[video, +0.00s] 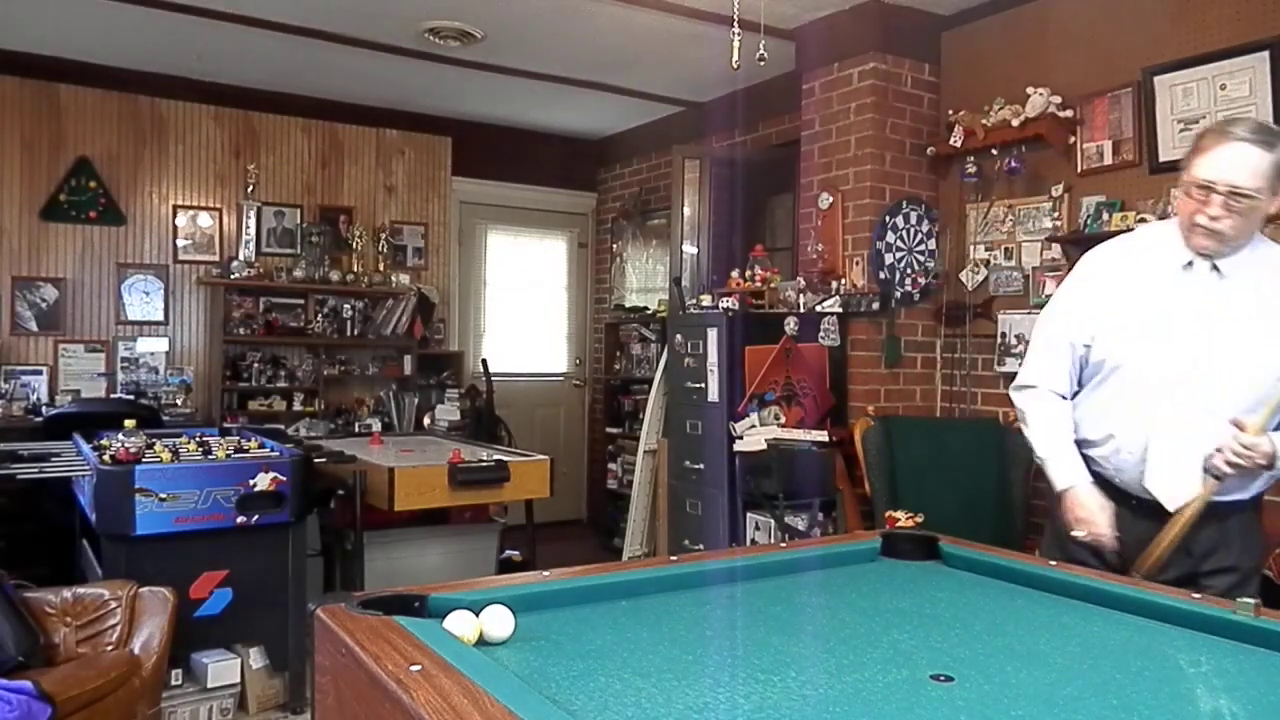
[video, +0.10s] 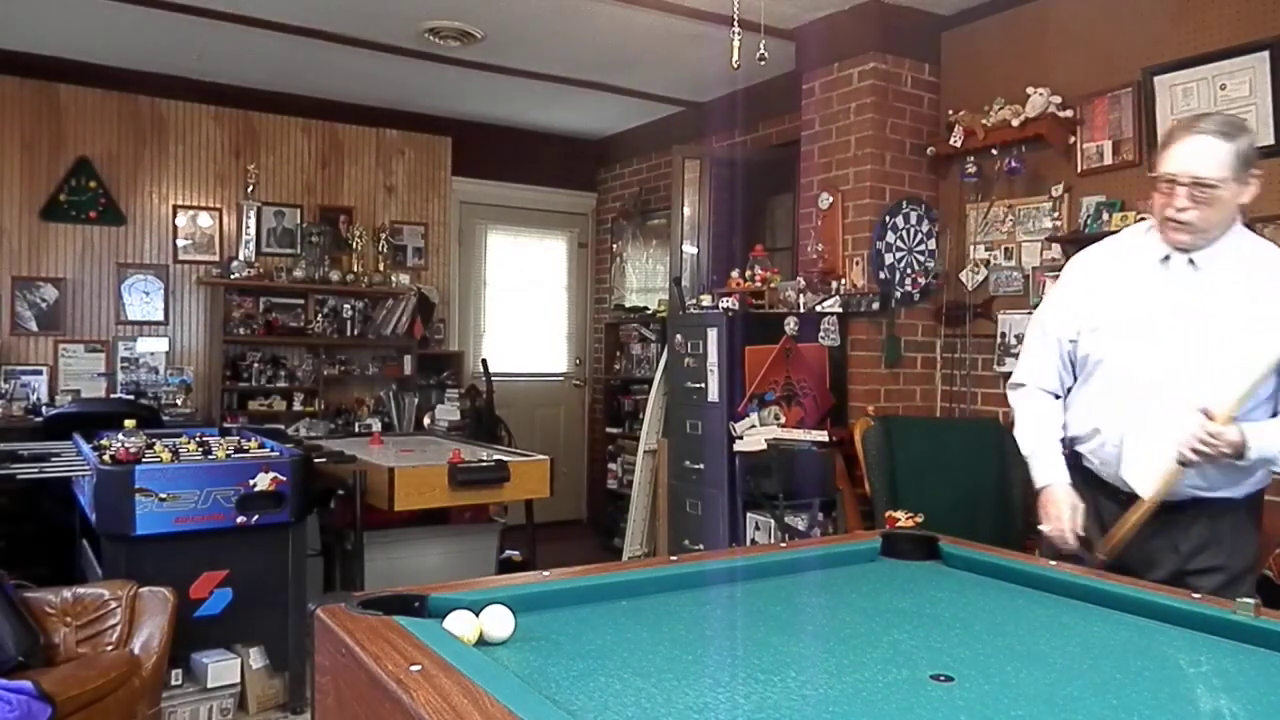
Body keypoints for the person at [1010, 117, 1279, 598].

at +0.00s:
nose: (1212, 211)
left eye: (1238, 198)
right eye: (1202, 190)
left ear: (1270, 206)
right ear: (1179, 185)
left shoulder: (1274, 278)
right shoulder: (1110, 266)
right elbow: (1038, 385)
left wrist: (1270, 452)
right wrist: (1075, 488)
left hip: (1224, 532)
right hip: (1102, 520)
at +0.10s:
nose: (1178, 203)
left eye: (1202, 188)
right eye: (1166, 185)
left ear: (1248, 188)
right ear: (1150, 182)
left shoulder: (1270, 278)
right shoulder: (1094, 269)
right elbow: (1033, 383)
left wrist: (1245, 442)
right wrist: (1051, 482)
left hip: (1213, 530)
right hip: (1094, 518)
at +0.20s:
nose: (1145, 197)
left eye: (1165, 182)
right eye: (1133, 182)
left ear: (1217, 181)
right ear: (1122, 184)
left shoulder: (1263, 277)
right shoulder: (1080, 272)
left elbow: (1275, 413)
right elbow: (1029, 384)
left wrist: (1217, 432)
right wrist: (1037, 480)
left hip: (1203, 526)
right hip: (1083, 515)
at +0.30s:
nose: (1112, 195)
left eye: (1131, 178)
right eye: (1103, 180)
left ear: (1182, 174)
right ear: (1094, 181)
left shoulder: (1245, 274)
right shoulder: (1066, 277)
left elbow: (1271, 407)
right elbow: (1024, 390)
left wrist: (1187, 417)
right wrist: (1026, 478)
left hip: (1196, 524)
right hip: (1084, 517)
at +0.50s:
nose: (1057, 197)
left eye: (1072, 178)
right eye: (1048, 187)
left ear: (1121, 171)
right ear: (1043, 194)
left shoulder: (1196, 261)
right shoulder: (1043, 288)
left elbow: (1251, 380)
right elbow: (1015, 399)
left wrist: (1130, 403)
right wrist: (1011, 471)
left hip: (1182, 513)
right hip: (1076, 510)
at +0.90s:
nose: (1005, 200)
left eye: (1017, 181)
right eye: (998, 191)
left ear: (1063, 174)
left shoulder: (1136, 250)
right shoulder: (1016, 292)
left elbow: (1204, 371)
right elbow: (1018, 389)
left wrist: (1107, 440)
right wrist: (1009, 459)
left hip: (1148, 494)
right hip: (1052, 498)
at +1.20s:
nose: (1014, 199)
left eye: (1029, 182)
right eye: (1008, 187)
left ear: (1077, 181)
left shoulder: (1127, 264)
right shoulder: (1033, 270)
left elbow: (1181, 409)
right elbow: (1044, 383)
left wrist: (1077, 477)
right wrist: (996, 440)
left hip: (1115, 512)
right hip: (1026, 502)